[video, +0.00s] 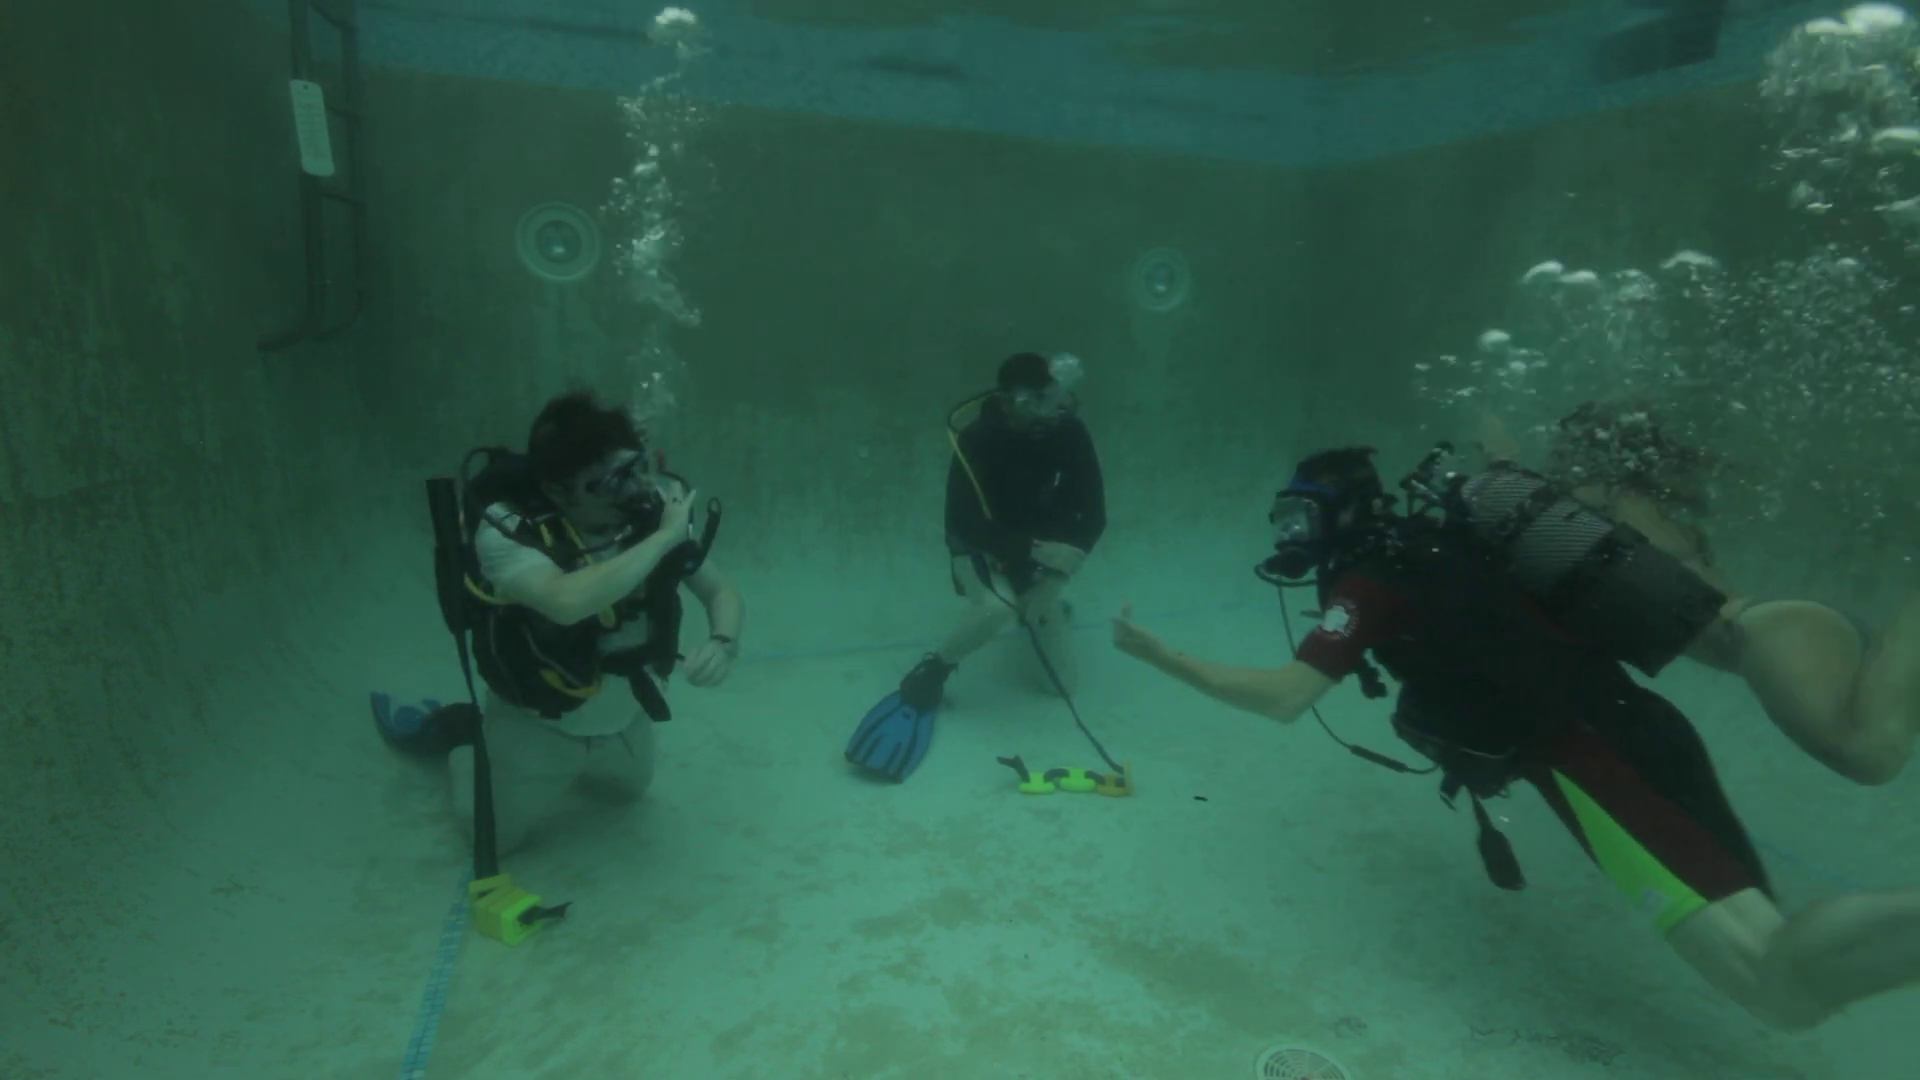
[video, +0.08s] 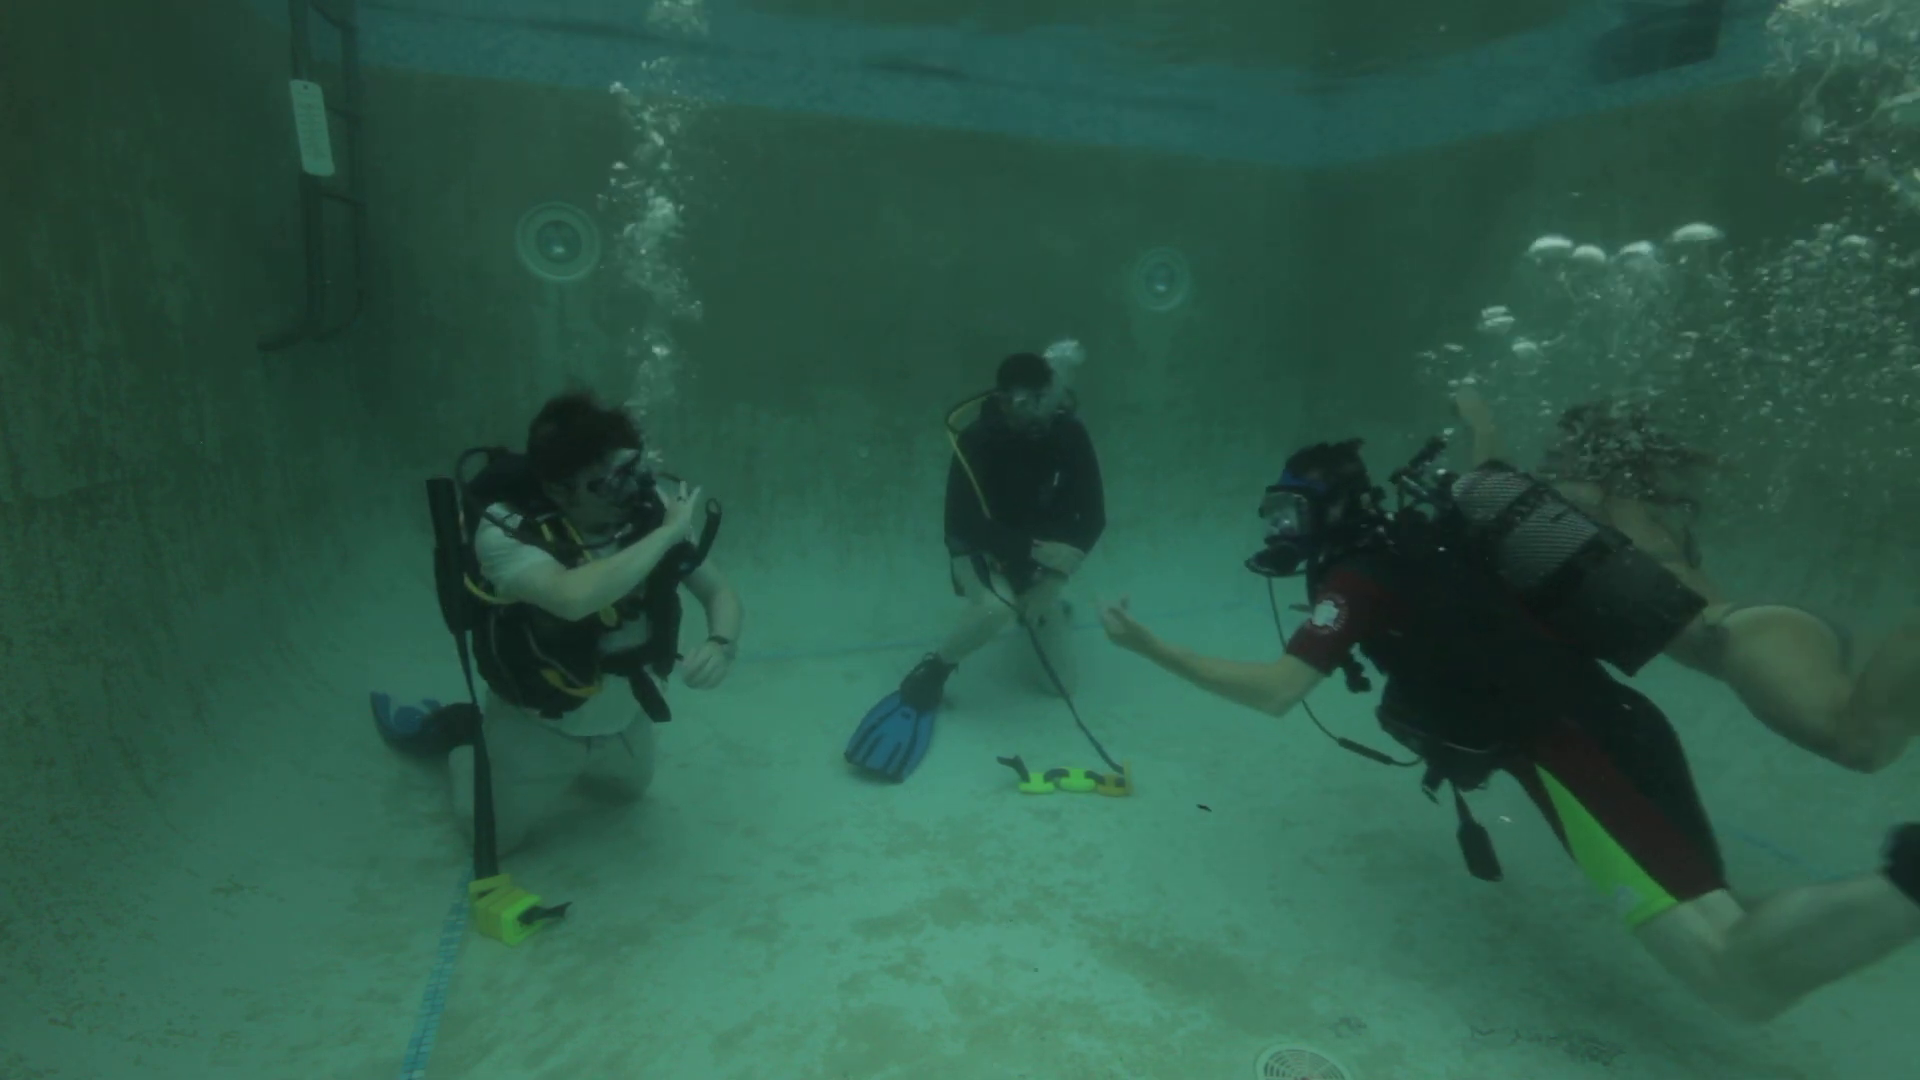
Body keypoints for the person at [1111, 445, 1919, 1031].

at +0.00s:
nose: (1288, 546)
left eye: (1300, 527)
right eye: (1286, 527)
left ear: (1346, 515)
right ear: (1361, 508)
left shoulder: (1377, 580)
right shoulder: (1429, 547)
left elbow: (1280, 695)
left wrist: (1165, 656)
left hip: (1596, 753)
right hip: (1629, 723)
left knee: (1777, 982)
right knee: (1778, 948)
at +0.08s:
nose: (1276, 540)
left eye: (1288, 522)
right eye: (1275, 522)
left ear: (1334, 510)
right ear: (1351, 502)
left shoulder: (1365, 576)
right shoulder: (1417, 532)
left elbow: (1273, 689)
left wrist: (1157, 648)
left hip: (1578, 752)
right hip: (1605, 723)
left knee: (1736, 976)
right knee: (1734, 943)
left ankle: (1906, 881)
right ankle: (1902, 880)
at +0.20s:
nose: (1261, 526)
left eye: (1272, 509)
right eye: (1262, 509)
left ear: (1315, 502)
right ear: (1337, 494)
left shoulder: (1342, 569)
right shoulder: (1397, 530)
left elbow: (1258, 682)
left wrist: (1146, 633)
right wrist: (1456, 447)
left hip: (1549, 750)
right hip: (1578, 718)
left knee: (1669, 969)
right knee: (1649, 925)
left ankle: (1865, 874)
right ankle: (1812, 865)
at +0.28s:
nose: (1250, 521)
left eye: (1261, 503)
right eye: (1251, 504)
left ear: (1300, 497)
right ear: (1325, 487)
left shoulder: (1329, 563)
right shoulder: (1381, 530)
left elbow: (1257, 676)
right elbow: (1474, 499)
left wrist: (1156, 625)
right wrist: (1443, 429)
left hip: (1530, 745)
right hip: (1552, 714)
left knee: (1634, 967)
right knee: (1606, 914)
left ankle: (1826, 870)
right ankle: (1760, 859)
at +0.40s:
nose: (1240, 523)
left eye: (1252, 506)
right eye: (1239, 506)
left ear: (1289, 498)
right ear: (1309, 486)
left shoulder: (1323, 563)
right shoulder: (1366, 522)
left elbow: (1240, 666)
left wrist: (1160, 599)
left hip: (1510, 737)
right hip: (1522, 703)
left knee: (1590, 960)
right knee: (1523, 889)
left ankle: (1774, 862)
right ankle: (1675, 854)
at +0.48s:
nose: (1229, 518)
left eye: (1242, 503)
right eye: (1230, 503)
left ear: (1280, 495)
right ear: (1293, 485)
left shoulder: (1314, 560)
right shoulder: (1350, 517)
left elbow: (1225, 661)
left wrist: (1162, 575)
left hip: (1500, 732)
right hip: (1496, 706)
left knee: (1560, 950)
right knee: (1505, 877)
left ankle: (1736, 866)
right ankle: (1649, 847)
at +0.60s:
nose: (1221, 516)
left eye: (1231, 500)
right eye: (1221, 500)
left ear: (1270, 491)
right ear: (1284, 484)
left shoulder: (1304, 553)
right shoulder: (1335, 519)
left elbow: (1208, 649)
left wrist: (1156, 557)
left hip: (1479, 730)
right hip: (1464, 708)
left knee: (1529, 950)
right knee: (1435, 835)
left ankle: (1701, 863)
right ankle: (1589, 844)